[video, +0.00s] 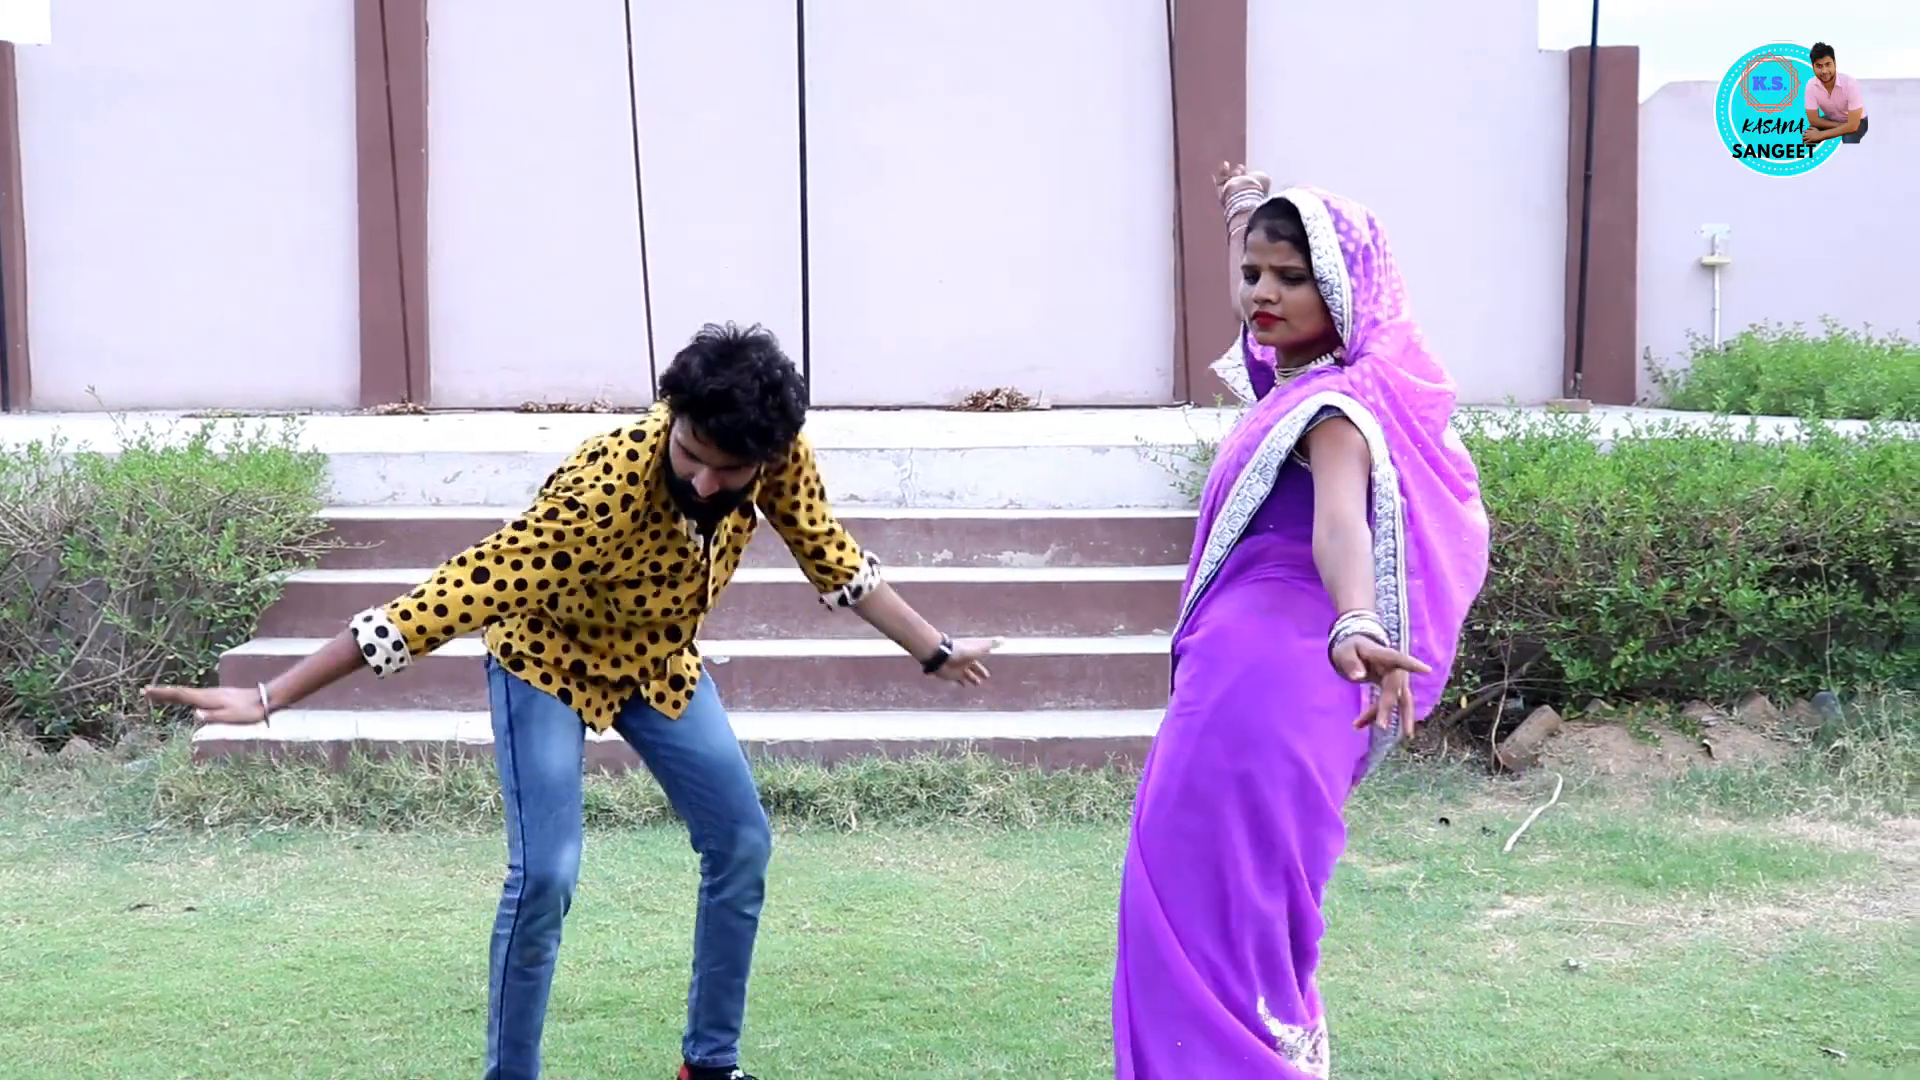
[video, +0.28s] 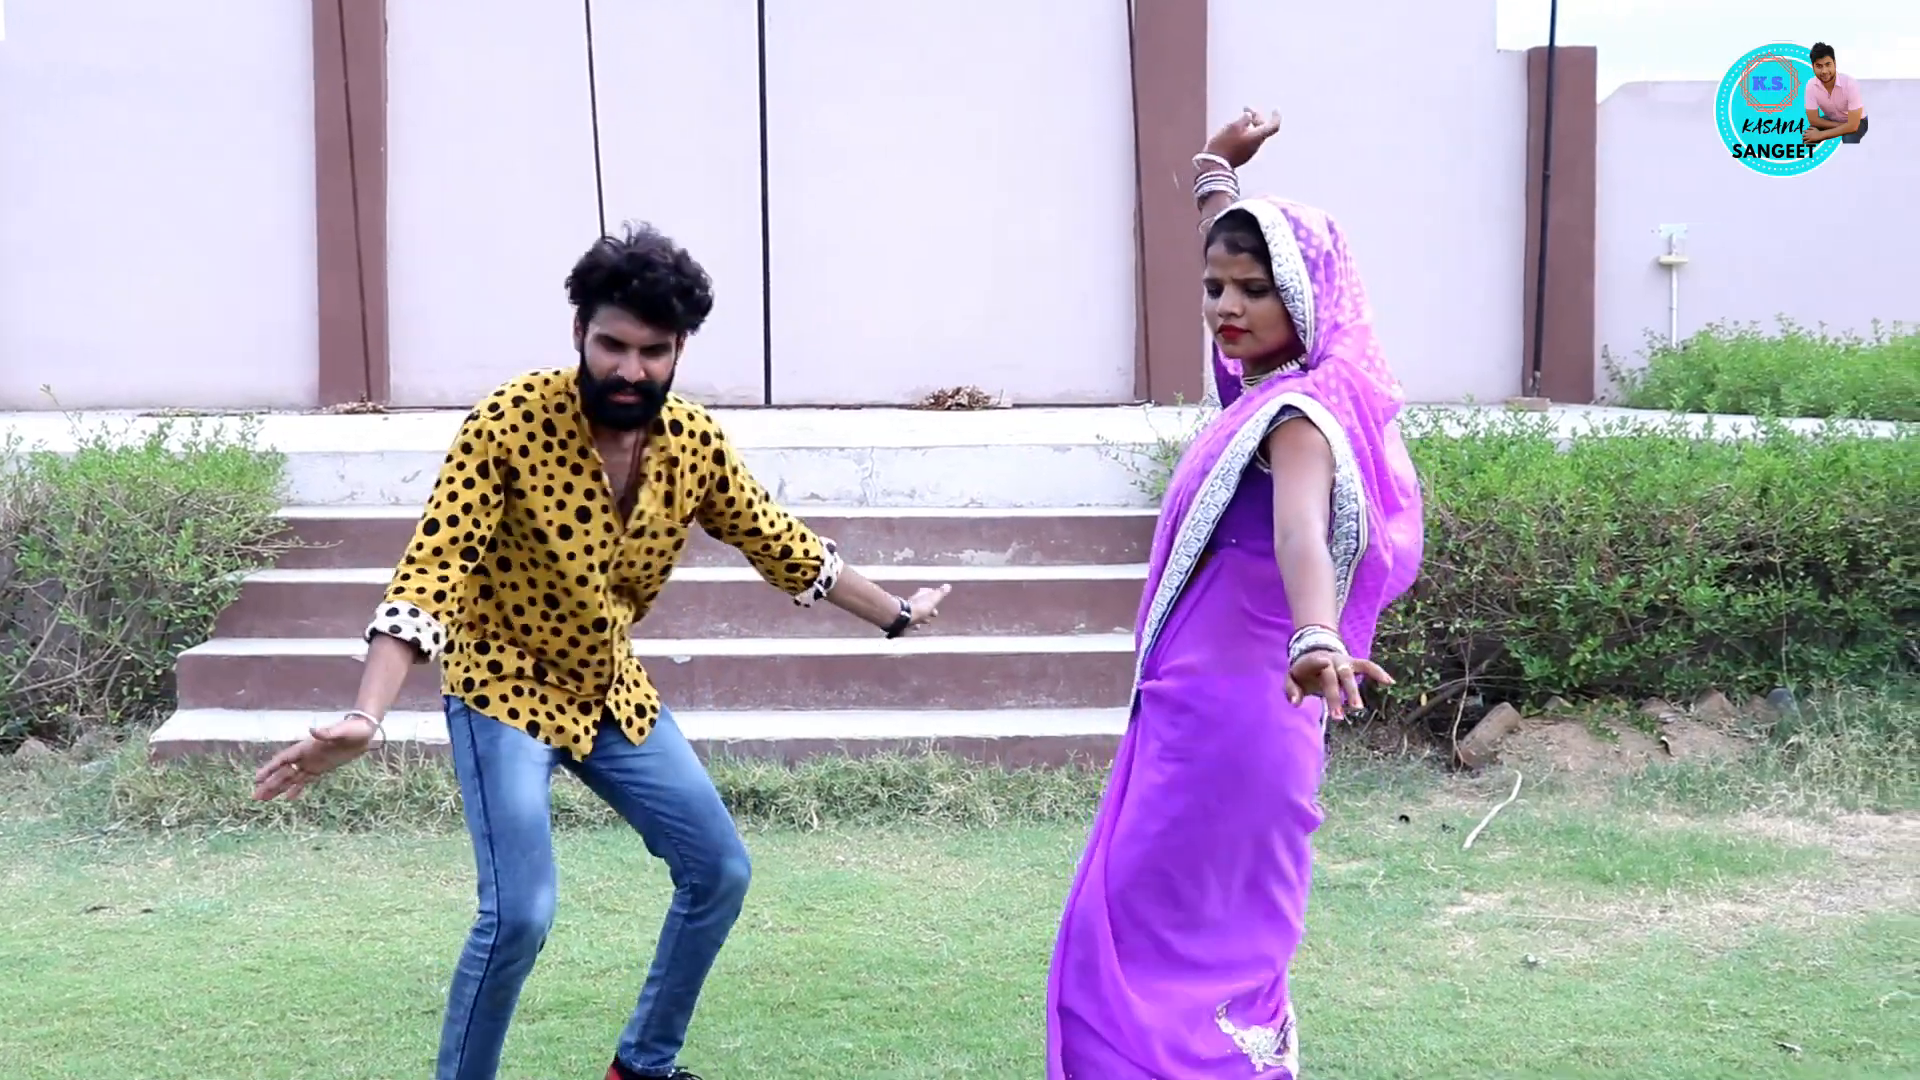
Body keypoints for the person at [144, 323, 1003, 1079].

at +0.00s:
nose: (707, 478)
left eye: (732, 465)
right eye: (693, 455)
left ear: (767, 442)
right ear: (669, 417)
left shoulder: (779, 455)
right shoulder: (607, 479)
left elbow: (837, 565)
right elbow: (454, 596)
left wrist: (935, 651)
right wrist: (268, 697)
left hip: (660, 662)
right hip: (547, 656)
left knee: (743, 845)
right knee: (546, 876)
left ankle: (711, 1062)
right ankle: (509, 1071)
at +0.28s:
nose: (630, 370)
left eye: (655, 353)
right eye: (611, 346)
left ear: (682, 353)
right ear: (579, 333)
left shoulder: (694, 444)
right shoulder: (510, 423)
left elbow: (781, 542)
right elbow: (434, 569)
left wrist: (894, 613)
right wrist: (367, 712)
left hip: (603, 681)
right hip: (497, 678)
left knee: (720, 872)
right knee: (519, 914)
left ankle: (644, 1064)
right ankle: (459, 1073)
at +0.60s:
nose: (486, 223)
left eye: (503, 205)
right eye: (463, 206)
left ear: (527, 218)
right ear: (426, 222)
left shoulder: (538, 343)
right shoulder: (397, 336)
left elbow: (658, 419)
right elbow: (290, 455)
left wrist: (787, 468)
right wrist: (176, 558)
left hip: (540, 661)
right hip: (434, 665)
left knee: (614, 854)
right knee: (428, 907)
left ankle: (552, 1061)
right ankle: (363, 1070)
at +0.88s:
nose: (438, 202)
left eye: (452, 183)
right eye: (411, 189)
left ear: (477, 201)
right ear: (375, 220)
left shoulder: (507, 339)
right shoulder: (364, 337)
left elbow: (648, 396)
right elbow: (270, 422)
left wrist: (794, 406)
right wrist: (180, 486)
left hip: (530, 662)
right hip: (423, 671)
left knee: (604, 856)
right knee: (408, 912)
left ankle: (553, 1062)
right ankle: (355, 1070)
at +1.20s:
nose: (391, 210)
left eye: (404, 194)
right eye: (363, 201)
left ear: (433, 216)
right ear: (333, 240)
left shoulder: (490, 345)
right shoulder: (326, 350)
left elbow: (634, 374)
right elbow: (278, 409)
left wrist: (795, 374)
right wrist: (235, 446)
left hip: (520, 666)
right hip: (408, 674)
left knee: (604, 858)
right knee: (408, 923)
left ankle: (553, 1067)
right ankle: (357, 1074)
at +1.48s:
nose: (379, 195)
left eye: (391, 176)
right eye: (350, 188)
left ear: (419, 193)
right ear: (323, 224)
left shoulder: (465, 322)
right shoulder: (331, 328)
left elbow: (613, 336)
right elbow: (273, 402)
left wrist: (764, 310)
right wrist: (196, 452)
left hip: (510, 652)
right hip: (414, 664)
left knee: (580, 851)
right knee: (403, 907)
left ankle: (550, 1066)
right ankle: (351, 1073)